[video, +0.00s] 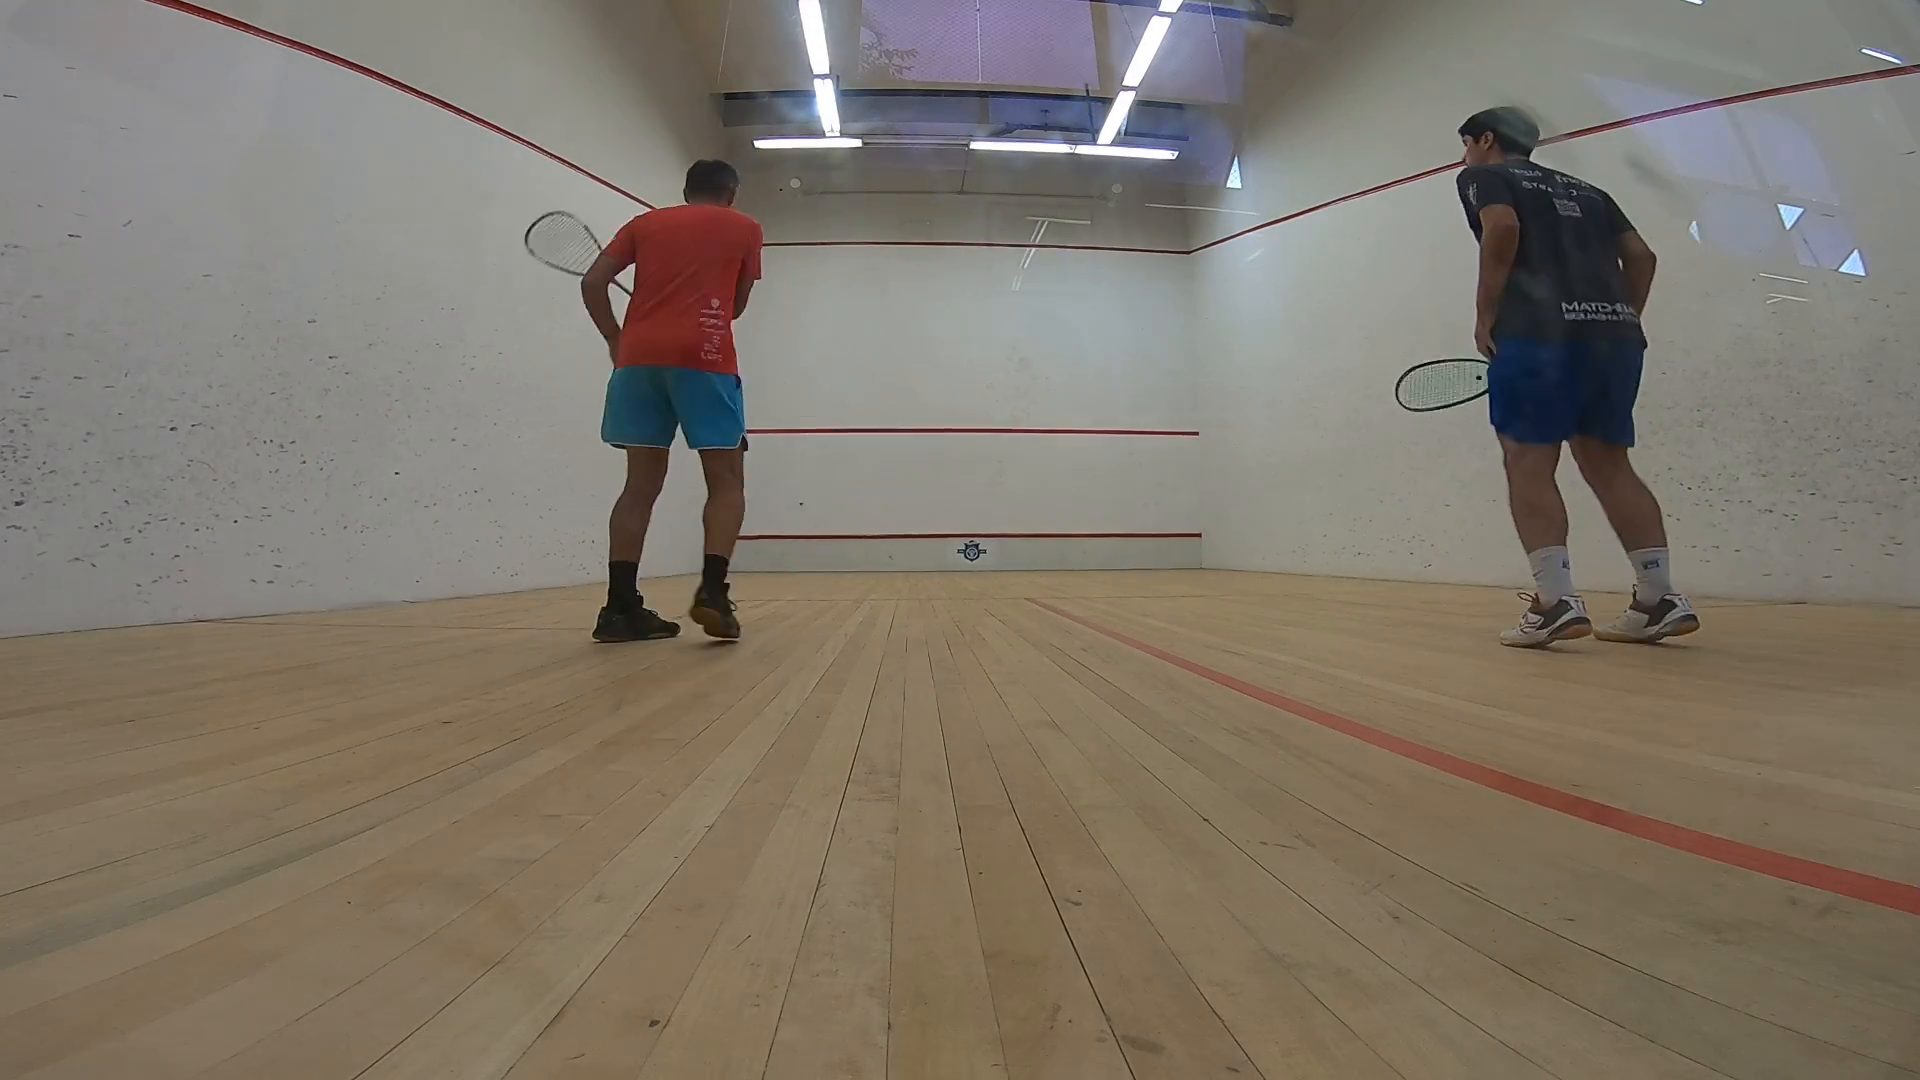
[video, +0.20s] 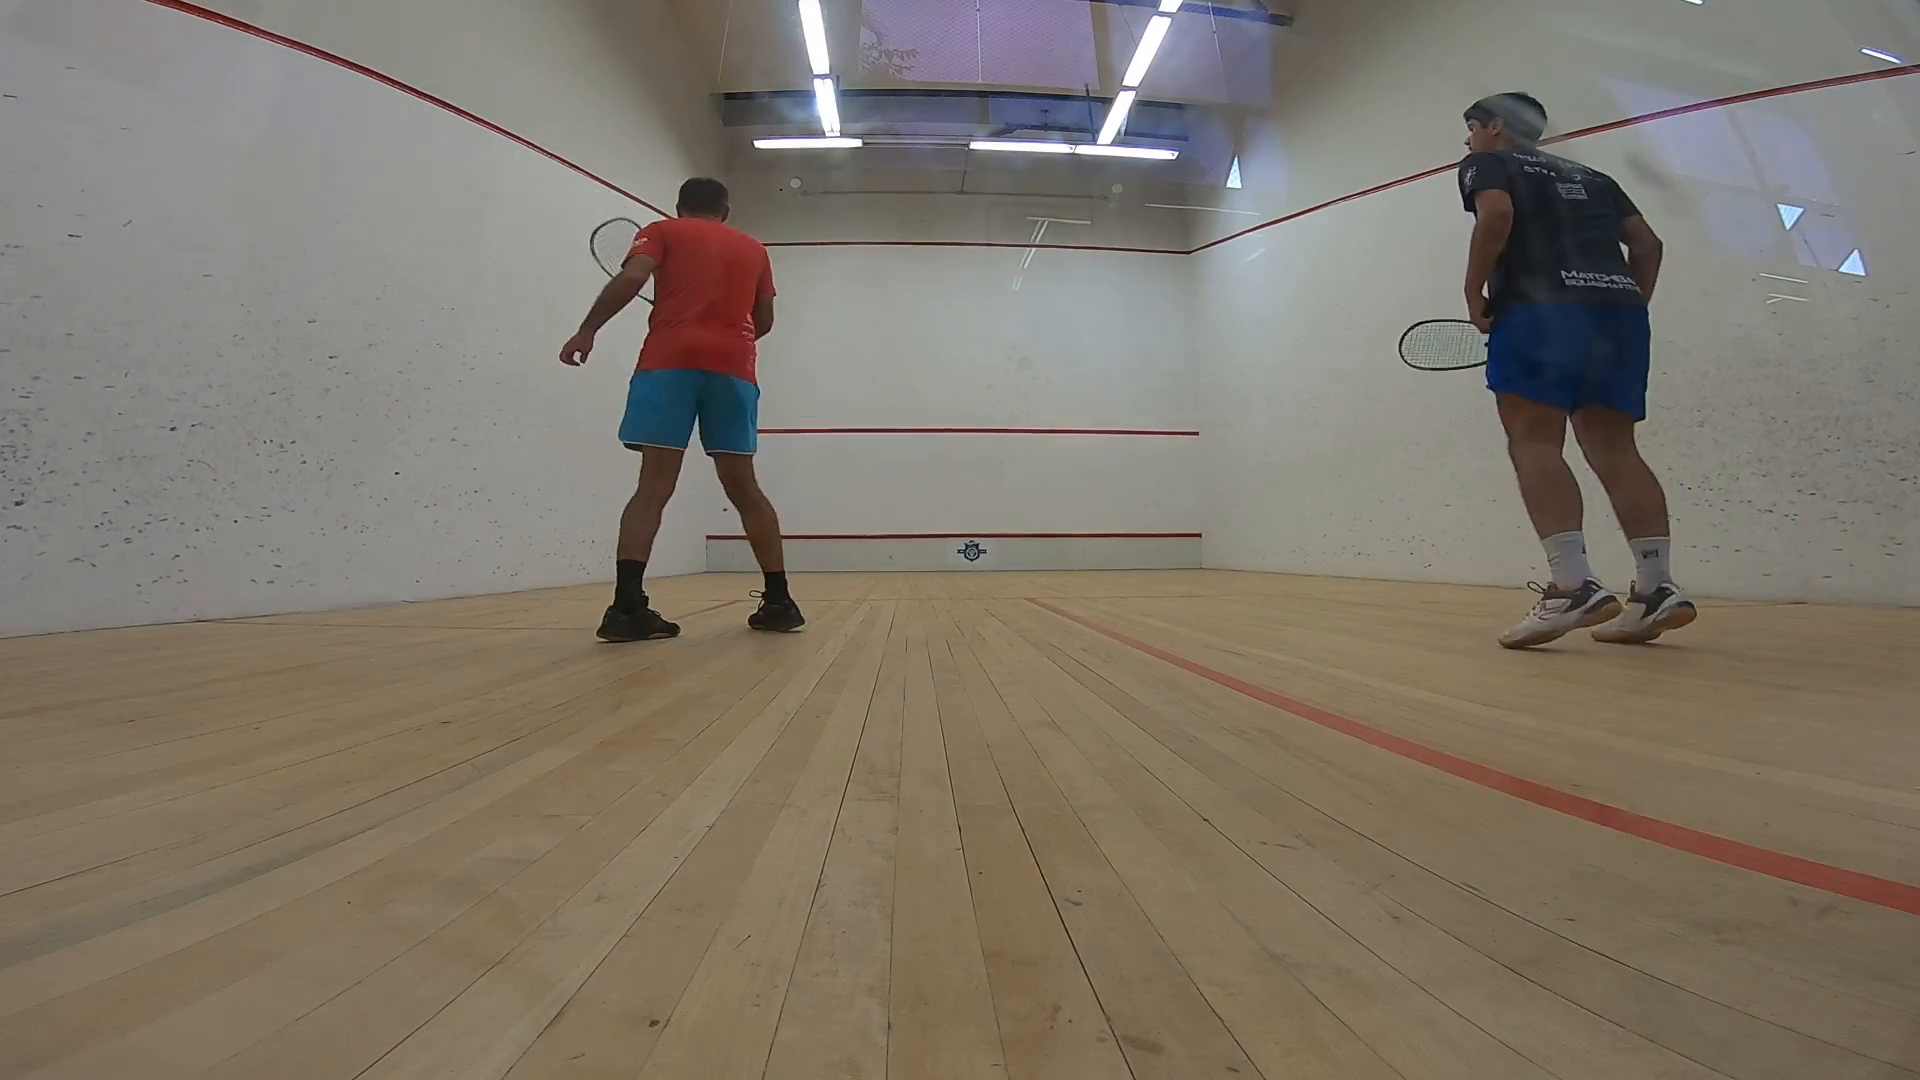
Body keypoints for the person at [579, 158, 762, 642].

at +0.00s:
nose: (734, 204)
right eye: (734, 198)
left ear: (686, 192)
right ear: (731, 196)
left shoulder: (647, 222)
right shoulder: (745, 228)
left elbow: (592, 283)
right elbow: (736, 304)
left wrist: (614, 337)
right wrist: (694, 336)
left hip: (637, 355)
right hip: (705, 359)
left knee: (641, 482)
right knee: (725, 483)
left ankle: (621, 607)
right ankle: (712, 594)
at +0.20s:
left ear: (680, 207)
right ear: (726, 213)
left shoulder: (662, 230)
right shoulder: (753, 249)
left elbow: (631, 278)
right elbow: (762, 322)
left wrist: (586, 331)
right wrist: (714, 337)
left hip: (668, 359)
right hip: (733, 367)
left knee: (654, 486)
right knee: (743, 485)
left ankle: (628, 605)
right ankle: (779, 600)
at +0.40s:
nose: (675, 230)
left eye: (676, 224)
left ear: (678, 222)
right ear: (720, 228)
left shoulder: (674, 237)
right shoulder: (751, 262)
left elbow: (682, 280)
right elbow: (772, 331)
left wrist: (629, 339)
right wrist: (711, 351)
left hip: (698, 373)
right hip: (755, 377)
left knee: (673, 489)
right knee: (753, 491)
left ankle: (687, 600)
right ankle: (785, 602)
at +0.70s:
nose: (647, 258)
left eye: (645, 250)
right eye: (646, 251)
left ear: (651, 242)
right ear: (684, 241)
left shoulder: (667, 254)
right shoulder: (708, 269)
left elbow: (695, 302)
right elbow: (709, 344)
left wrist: (664, 366)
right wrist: (658, 371)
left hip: (700, 383)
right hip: (734, 385)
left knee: (676, 488)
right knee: (697, 490)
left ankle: (717, 608)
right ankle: (744, 581)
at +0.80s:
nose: (637, 275)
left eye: (636, 266)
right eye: (636, 268)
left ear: (644, 255)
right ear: (670, 251)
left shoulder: (667, 265)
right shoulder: (687, 282)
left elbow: (704, 300)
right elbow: (693, 364)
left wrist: (667, 359)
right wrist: (634, 363)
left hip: (694, 395)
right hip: (724, 398)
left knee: (649, 491)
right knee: (697, 498)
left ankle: (709, 593)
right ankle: (739, 596)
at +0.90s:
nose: (619, 299)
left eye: (616, 287)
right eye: (615, 290)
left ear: (625, 274)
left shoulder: (663, 280)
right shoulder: (652, 321)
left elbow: (716, 308)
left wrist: (684, 357)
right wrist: (594, 344)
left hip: (693, 402)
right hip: (723, 407)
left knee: (611, 479)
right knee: (685, 500)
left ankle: (663, 581)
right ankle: (736, 595)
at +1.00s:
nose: (586, 316)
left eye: (584, 306)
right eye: (583, 310)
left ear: (593, 293)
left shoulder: (642, 293)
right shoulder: (618, 343)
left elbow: (706, 313)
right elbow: (577, 382)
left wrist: (701, 359)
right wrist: (561, 337)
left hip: (685, 401)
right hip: (717, 408)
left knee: (603, 475)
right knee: (680, 504)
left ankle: (581, 595)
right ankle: (735, 596)